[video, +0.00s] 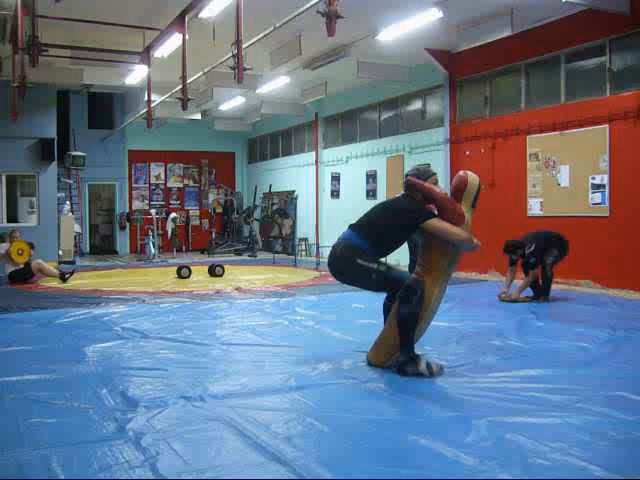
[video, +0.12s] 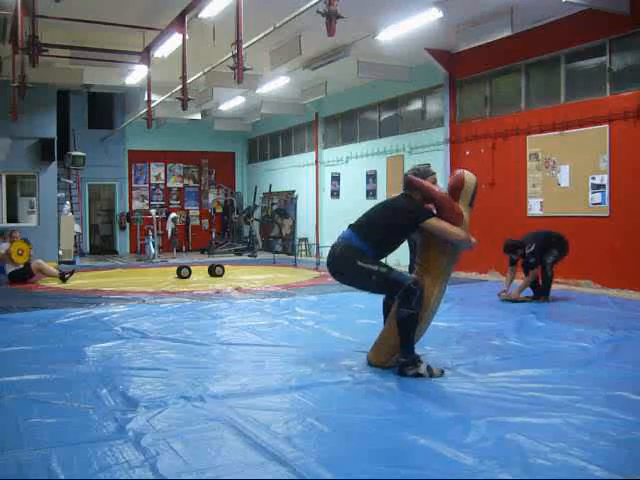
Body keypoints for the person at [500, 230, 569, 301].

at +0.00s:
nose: (513, 258)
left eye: (513, 255)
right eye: (511, 256)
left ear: (518, 251)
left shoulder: (531, 252)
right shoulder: (515, 250)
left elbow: (532, 276)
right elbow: (511, 272)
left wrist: (518, 292)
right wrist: (506, 289)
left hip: (559, 244)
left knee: (547, 263)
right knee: (525, 265)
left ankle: (545, 294)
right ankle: (537, 291)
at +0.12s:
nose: (513, 258)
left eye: (513, 255)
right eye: (511, 256)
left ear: (518, 251)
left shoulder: (531, 250)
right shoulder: (515, 250)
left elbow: (532, 276)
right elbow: (512, 271)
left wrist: (517, 292)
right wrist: (506, 289)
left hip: (559, 244)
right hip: (545, 244)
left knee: (547, 263)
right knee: (526, 265)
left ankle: (545, 294)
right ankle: (537, 292)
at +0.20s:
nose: (513, 258)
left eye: (513, 255)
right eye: (511, 256)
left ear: (518, 250)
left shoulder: (532, 249)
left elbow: (536, 271)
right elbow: (513, 267)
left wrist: (520, 287)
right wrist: (507, 284)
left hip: (560, 243)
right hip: (545, 243)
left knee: (548, 263)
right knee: (527, 264)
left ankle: (545, 294)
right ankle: (538, 292)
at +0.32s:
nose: (512, 255)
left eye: (512, 252)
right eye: (510, 253)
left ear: (518, 247)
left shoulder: (532, 245)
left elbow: (537, 267)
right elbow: (513, 265)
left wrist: (521, 282)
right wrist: (507, 279)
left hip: (560, 242)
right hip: (545, 243)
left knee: (549, 262)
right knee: (529, 263)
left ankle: (546, 294)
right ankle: (538, 292)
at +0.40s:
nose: (512, 252)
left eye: (512, 249)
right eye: (510, 250)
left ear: (518, 243)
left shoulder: (532, 241)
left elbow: (540, 262)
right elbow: (512, 260)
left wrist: (524, 277)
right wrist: (508, 275)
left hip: (561, 241)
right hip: (545, 242)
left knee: (550, 262)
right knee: (532, 263)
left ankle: (549, 295)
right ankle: (539, 293)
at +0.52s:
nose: (513, 249)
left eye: (513, 246)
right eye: (511, 247)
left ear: (518, 240)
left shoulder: (533, 238)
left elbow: (543, 258)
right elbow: (513, 258)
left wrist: (526, 275)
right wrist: (510, 274)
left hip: (561, 240)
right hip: (545, 242)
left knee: (551, 267)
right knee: (536, 267)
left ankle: (553, 295)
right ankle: (539, 294)